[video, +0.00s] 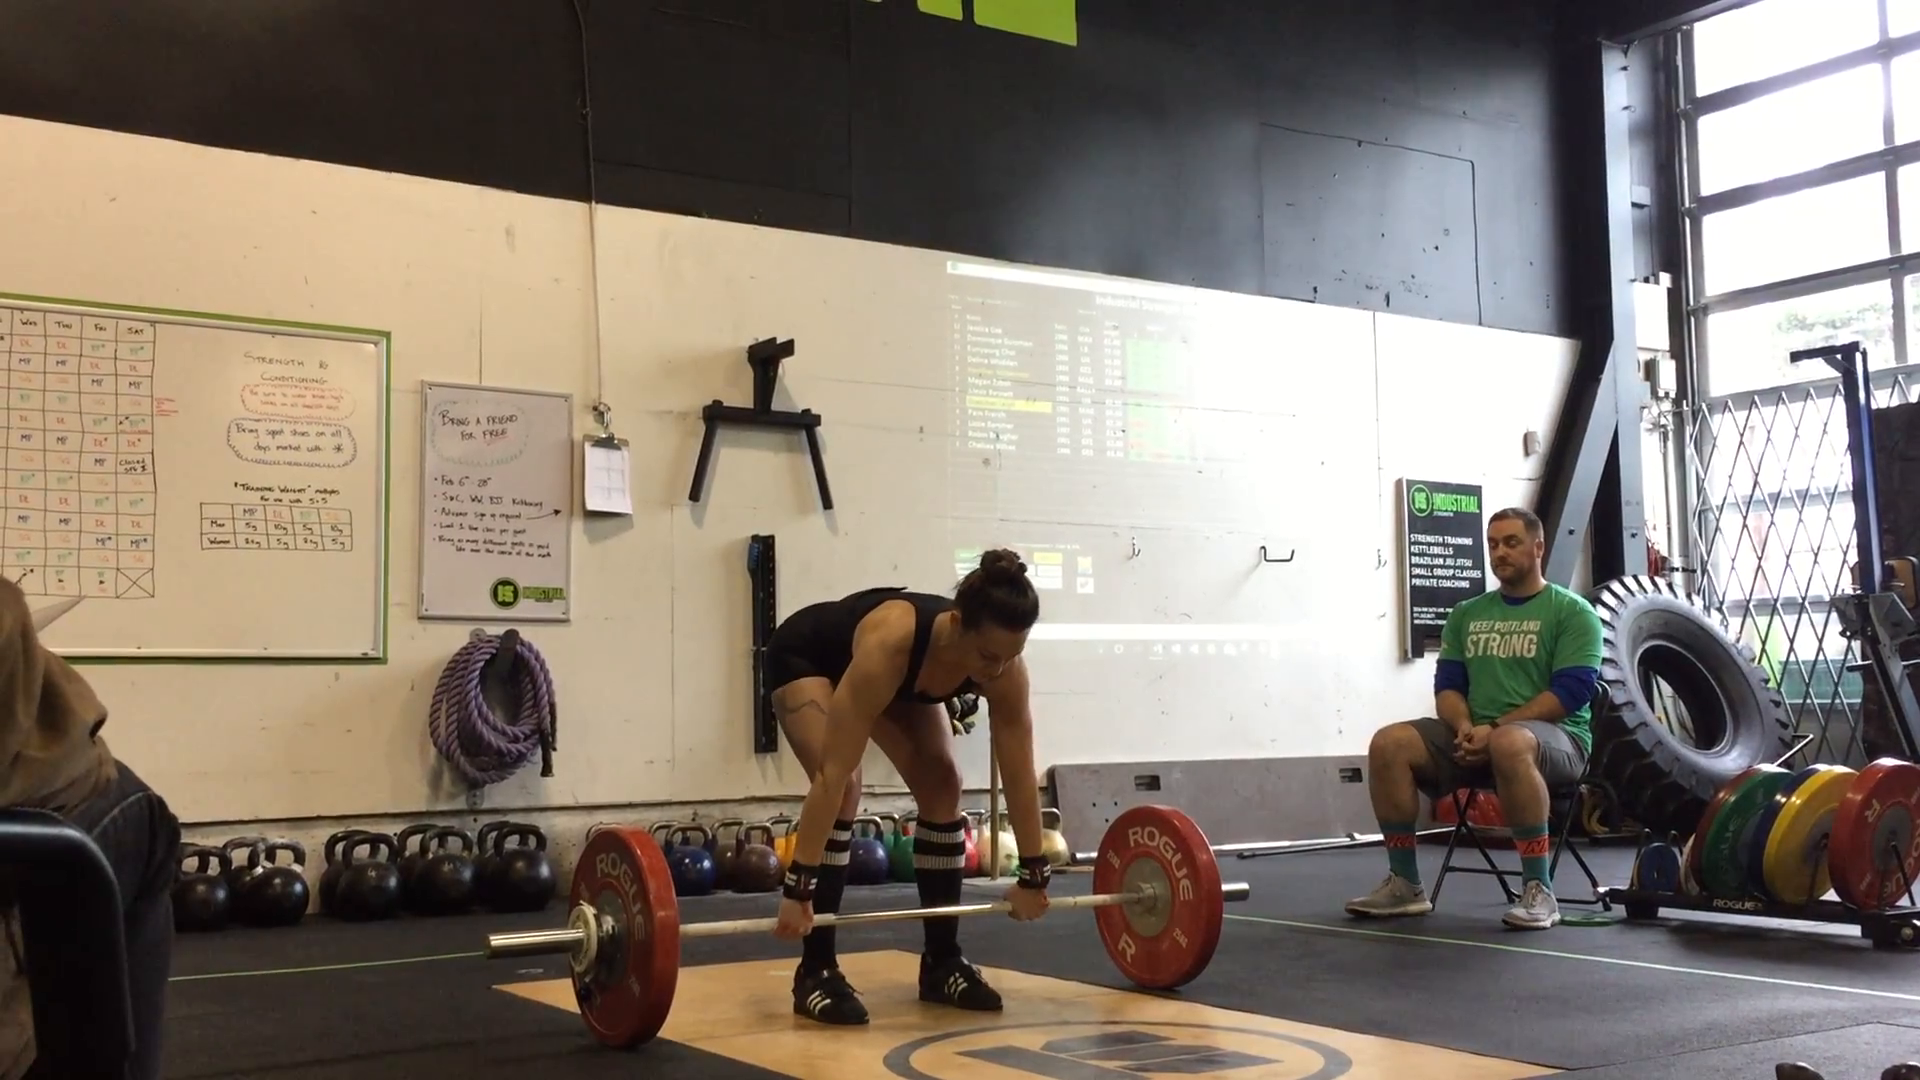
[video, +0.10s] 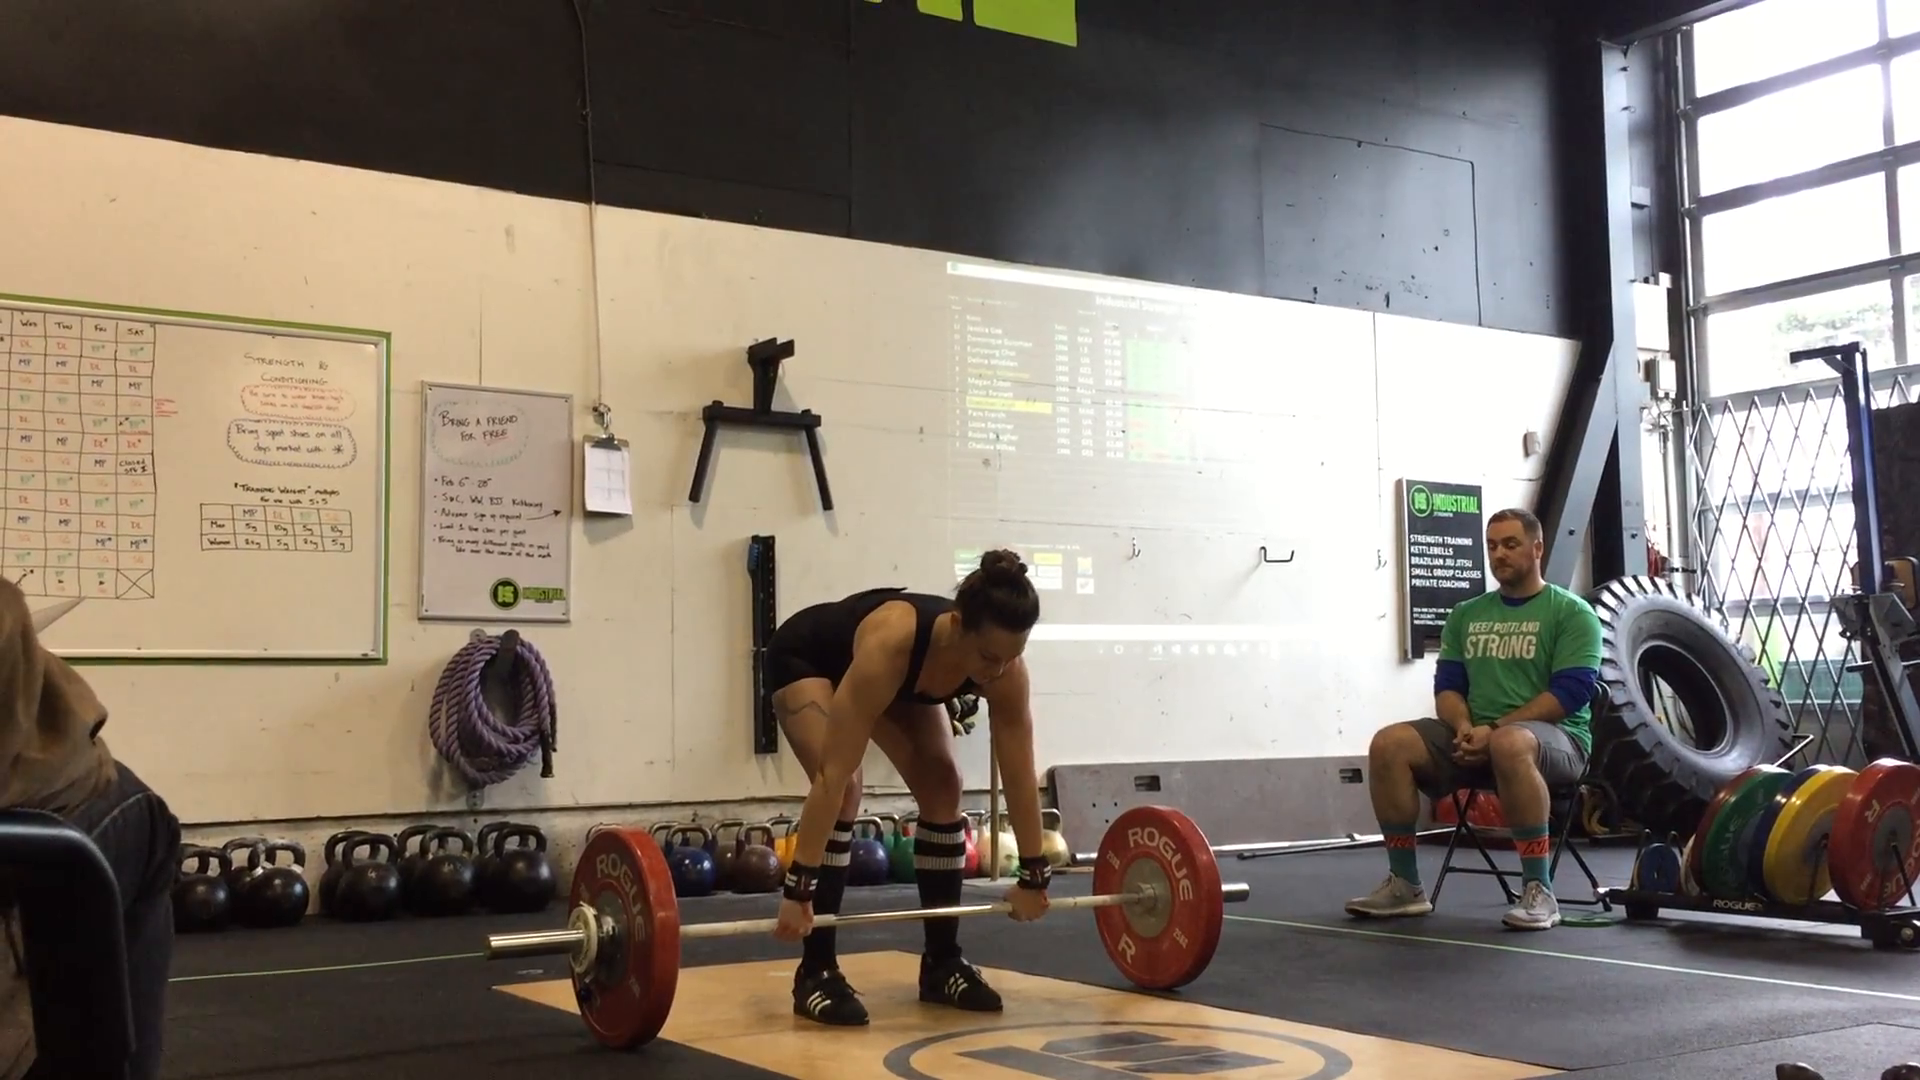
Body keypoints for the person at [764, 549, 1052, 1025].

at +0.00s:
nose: (998, 671)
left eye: (1009, 659)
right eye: (988, 656)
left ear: (1022, 642)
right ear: (953, 626)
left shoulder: (1007, 673)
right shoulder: (889, 645)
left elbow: (1020, 778)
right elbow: (833, 773)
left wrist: (1033, 874)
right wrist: (798, 888)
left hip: (897, 675)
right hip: (805, 659)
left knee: (942, 787)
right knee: (842, 787)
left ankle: (942, 964)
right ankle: (817, 973)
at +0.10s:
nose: (999, 672)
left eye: (1010, 660)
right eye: (989, 658)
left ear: (1022, 643)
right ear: (954, 628)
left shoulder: (1007, 673)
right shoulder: (890, 645)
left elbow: (1020, 778)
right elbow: (833, 774)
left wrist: (1033, 875)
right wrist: (799, 889)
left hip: (897, 676)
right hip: (805, 659)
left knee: (943, 789)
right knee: (843, 789)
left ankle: (942, 964)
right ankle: (817, 974)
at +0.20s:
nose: (1000, 672)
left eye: (1011, 659)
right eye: (990, 658)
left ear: (1023, 642)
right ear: (955, 628)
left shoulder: (1008, 674)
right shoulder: (890, 646)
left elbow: (1020, 778)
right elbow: (833, 775)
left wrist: (1034, 876)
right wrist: (799, 890)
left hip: (897, 678)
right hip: (806, 661)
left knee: (944, 789)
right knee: (844, 788)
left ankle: (942, 964)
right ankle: (817, 974)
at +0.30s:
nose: (1000, 671)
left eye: (1011, 659)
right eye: (990, 657)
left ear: (1023, 641)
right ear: (956, 627)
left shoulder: (1007, 672)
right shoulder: (890, 647)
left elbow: (1021, 778)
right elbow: (832, 776)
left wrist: (1034, 875)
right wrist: (796, 888)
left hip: (895, 684)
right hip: (806, 672)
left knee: (953, 792)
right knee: (850, 791)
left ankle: (943, 965)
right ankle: (818, 974)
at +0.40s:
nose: (1006, 666)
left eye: (1016, 652)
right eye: (996, 651)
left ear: (1026, 637)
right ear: (956, 625)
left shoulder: (1007, 671)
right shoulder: (891, 644)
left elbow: (1017, 774)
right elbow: (831, 771)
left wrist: (1033, 872)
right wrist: (798, 886)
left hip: (899, 673)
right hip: (807, 655)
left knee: (939, 786)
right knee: (842, 788)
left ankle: (943, 964)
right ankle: (817, 974)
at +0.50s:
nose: (1008, 662)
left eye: (1019, 647)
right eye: (997, 645)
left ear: (1026, 633)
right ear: (956, 624)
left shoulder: (1007, 673)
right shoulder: (893, 646)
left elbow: (1019, 775)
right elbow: (831, 771)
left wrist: (1034, 872)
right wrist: (798, 886)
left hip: (900, 670)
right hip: (805, 646)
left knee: (928, 784)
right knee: (834, 789)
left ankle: (943, 964)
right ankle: (818, 974)